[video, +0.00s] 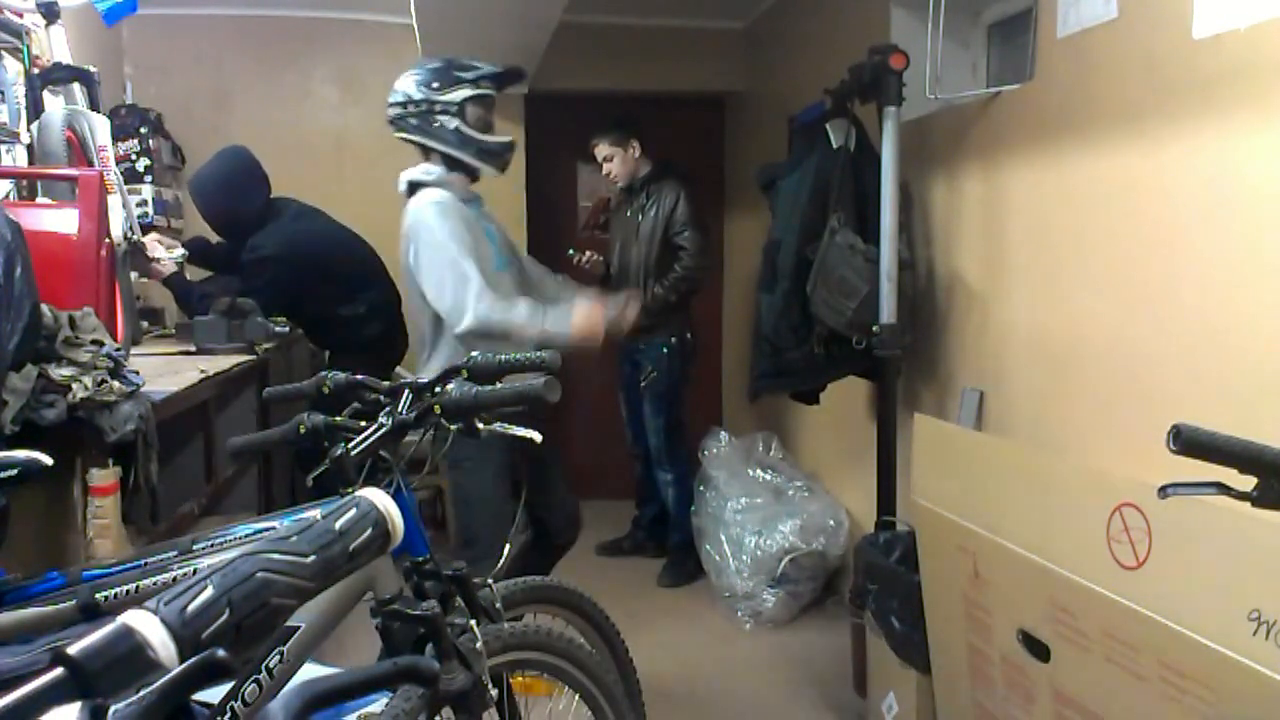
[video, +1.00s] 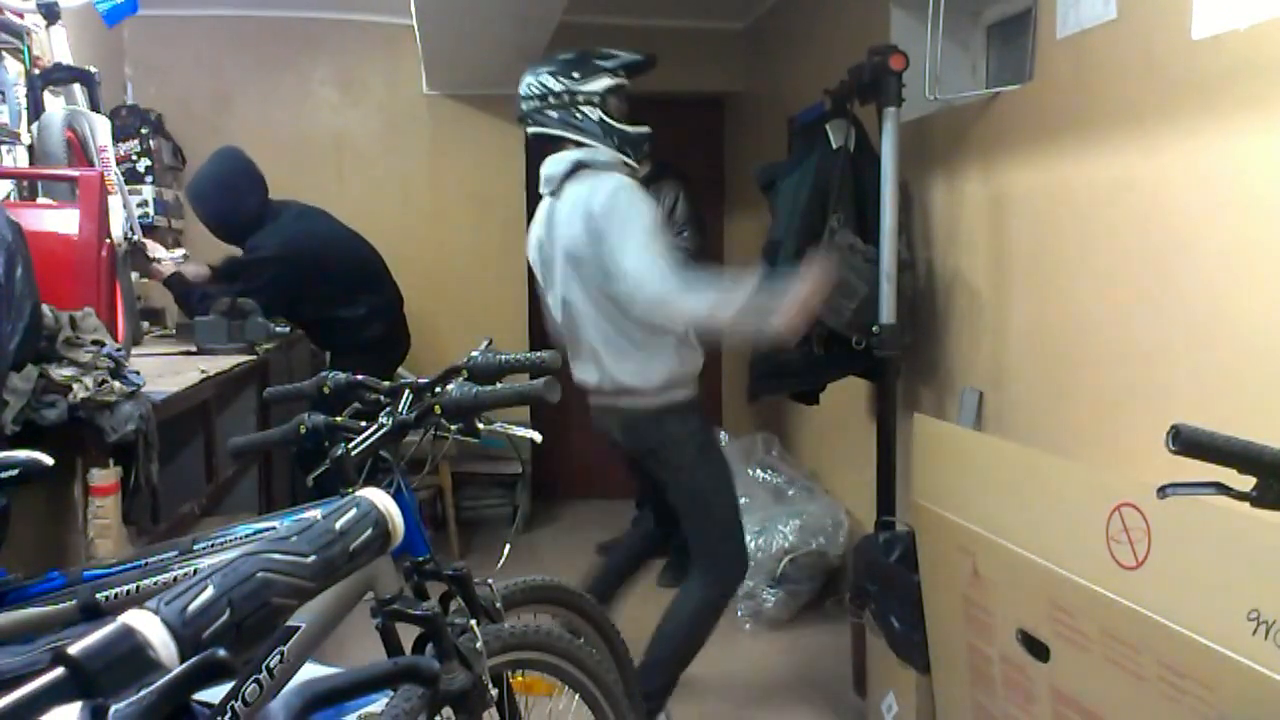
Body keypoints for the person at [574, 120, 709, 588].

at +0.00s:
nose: (605, 170)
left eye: (609, 159)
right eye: (600, 163)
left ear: (636, 150)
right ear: (610, 164)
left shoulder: (671, 194)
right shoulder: (623, 206)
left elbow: (693, 263)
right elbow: (620, 269)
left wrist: (644, 306)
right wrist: (600, 275)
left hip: (664, 338)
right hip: (631, 338)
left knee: (663, 443)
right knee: (640, 442)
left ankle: (684, 546)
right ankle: (650, 530)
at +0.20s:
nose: (605, 171)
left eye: (608, 160)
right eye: (600, 164)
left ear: (635, 150)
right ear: (610, 164)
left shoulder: (671, 193)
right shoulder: (624, 205)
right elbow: (626, 268)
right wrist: (603, 268)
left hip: (665, 336)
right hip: (631, 335)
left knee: (664, 443)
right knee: (640, 442)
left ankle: (684, 547)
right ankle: (650, 531)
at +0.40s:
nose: (604, 170)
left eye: (608, 159)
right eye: (599, 163)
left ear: (634, 150)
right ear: (609, 163)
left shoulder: (671, 194)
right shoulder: (620, 204)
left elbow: (691, 259)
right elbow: (618, 267)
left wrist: (661, 308)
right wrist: (596, 268)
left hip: (663, 333)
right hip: (625, 331)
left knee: (663, 442)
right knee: (639, 442)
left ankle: (685, 547)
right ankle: (656, 532)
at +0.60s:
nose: (605, 171)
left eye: (609, 160)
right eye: (600, 164)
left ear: (633, 151)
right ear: (605, 164)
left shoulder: (670, 194)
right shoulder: (619, 204)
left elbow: (692, 258)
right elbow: (616, 265)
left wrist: (653, 306)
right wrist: (608, 305)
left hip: (663, 330)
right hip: (624, 329)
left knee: (663, 428)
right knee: (630, 429)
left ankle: (684, 540)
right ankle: (644, 525)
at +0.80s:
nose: (610, 142)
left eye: (605, 128)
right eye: (595, 128)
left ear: (547, 139)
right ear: (561, 134)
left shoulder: (533, 224)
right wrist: (757, 317)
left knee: (602, 531)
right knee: (706, 559)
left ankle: (516, 616)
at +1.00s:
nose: (626, 106)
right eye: (616, 99)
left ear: (558, 119)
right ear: (587, 108)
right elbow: (659, 293)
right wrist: (772, 304)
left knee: (659, 521)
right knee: (722, 558)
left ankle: (577, 624)